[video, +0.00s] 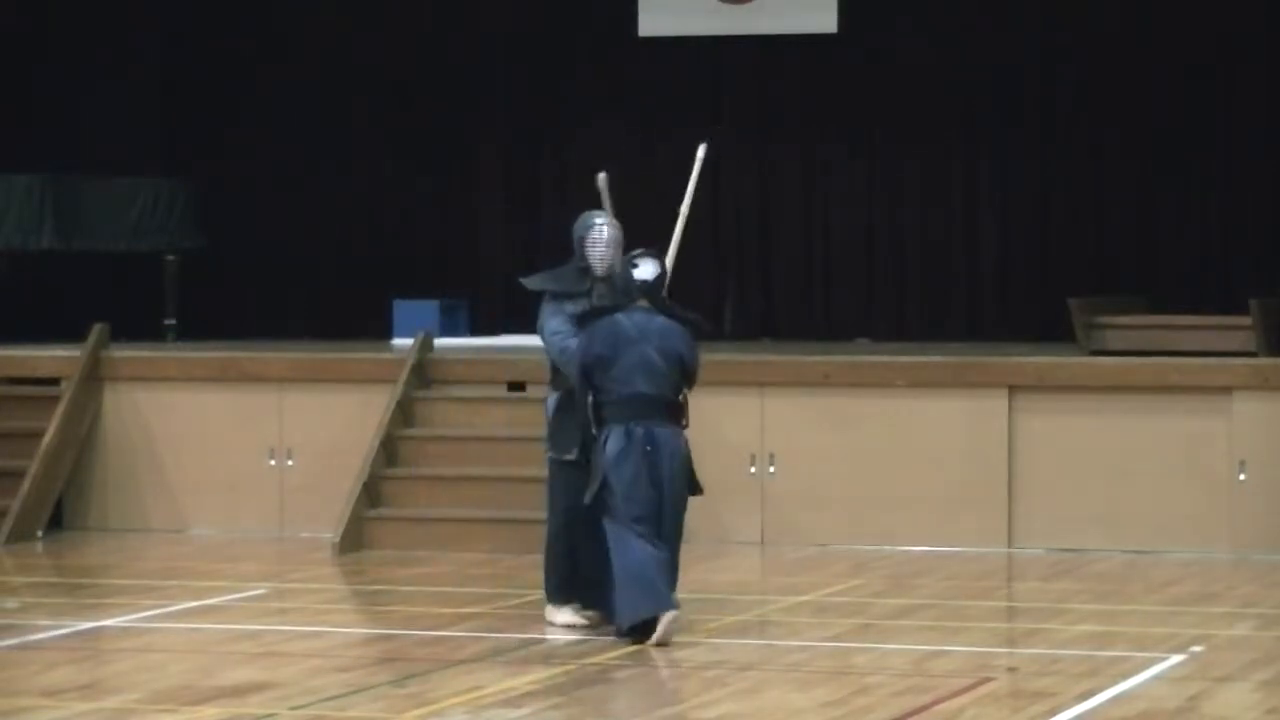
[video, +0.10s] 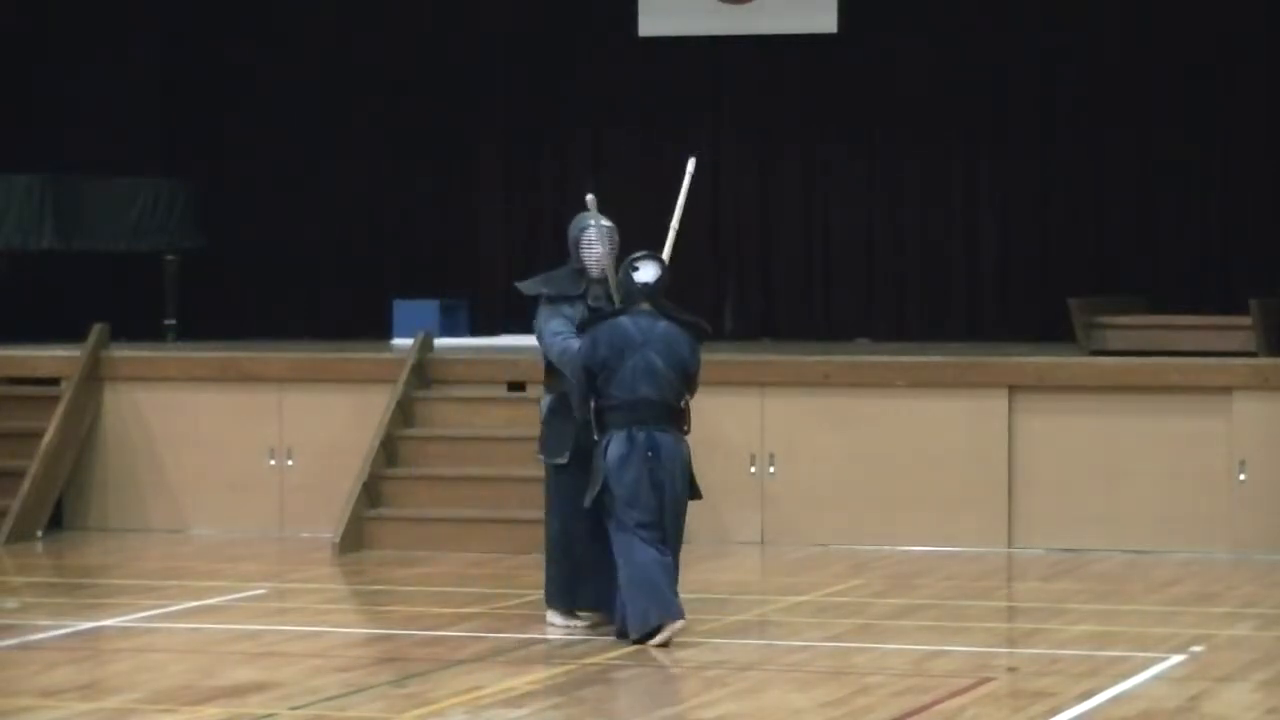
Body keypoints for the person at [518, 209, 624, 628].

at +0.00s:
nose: (602, 251)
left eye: (609, 243)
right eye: (595, 243)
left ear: (620, 247)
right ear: (581, 246)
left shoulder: (634, 290)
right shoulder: (560, 295)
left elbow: (671, 332)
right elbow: (569, 353)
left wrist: (652, 296)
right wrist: (605, 366)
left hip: (621, 410)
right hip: (573, 409)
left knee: (611, 506)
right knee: (569, 507)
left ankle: (605, 599)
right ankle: (560, 600)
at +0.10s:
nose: (597, 251)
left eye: (603, 243)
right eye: (589, 244)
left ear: (615, 247)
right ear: (575, 249)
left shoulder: (630, 292)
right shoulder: (558, 293)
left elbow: (647, 337)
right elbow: (559, 342)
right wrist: (599, 365)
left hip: (617, 409)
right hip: (569, 410)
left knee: (611, 507)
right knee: (569, 508)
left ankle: (608, 602)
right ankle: (562, 604)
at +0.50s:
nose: (567, 259)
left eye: (574, 250)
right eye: (559, 251)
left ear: (583, 255)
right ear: (541, 254)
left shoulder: (593, 298)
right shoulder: (524, 301)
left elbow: (618, 333)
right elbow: (548, 332)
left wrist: (635, 298)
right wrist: (609, 303)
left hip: (578, 415)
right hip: (535, 415)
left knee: (586, 509)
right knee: (541, 508)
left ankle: (584, 603)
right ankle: (546, 605)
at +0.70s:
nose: (550, 257)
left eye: (556, 248)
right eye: (541, 249)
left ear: (565, 252)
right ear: (523, 253)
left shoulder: (567, 296)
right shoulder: (506, 303)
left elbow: (603, 316)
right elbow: (547, 331)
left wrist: (634, 308)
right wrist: (597, 319)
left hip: (552, 411)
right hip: (514, 412)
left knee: (551, 504)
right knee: (526, 505)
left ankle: (553, 597)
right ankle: (528, 600)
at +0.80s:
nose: (544, 254)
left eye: (549, 246)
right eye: (535, 246)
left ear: (555, 249)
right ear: (515, 250)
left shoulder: (555, 293)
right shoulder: (498, 304)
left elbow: (591, 310)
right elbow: (547, 328)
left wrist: (629, 302)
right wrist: (601, 316)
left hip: (545, 411)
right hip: (507, 410)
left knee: (542, 505)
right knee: (510, 504)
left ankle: (542, 597)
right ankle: (499, 601)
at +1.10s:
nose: (523, 253)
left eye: (528, 244)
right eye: (514, 245)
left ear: (536, 248)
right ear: (494, 249)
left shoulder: (539, 296)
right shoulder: (477, 301)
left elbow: (573, 335)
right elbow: (512, 337)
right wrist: (571, 337)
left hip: (516, 413)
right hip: (479, 412)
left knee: (515, 508)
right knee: (483, 508)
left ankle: (509, 600)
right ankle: (477, 604)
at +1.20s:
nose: (518, 253)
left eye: (522, 244)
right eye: (508, 245)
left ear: (529, 247)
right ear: (488, 249)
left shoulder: (533, 296)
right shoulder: (470, 302)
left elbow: (567, 337)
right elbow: (504, 339)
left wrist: (594, 338)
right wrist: (563, 340)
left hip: (508, 413)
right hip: (470, 413)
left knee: (509, 508)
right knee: (476, 507)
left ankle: (498, 603)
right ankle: (474, 606)